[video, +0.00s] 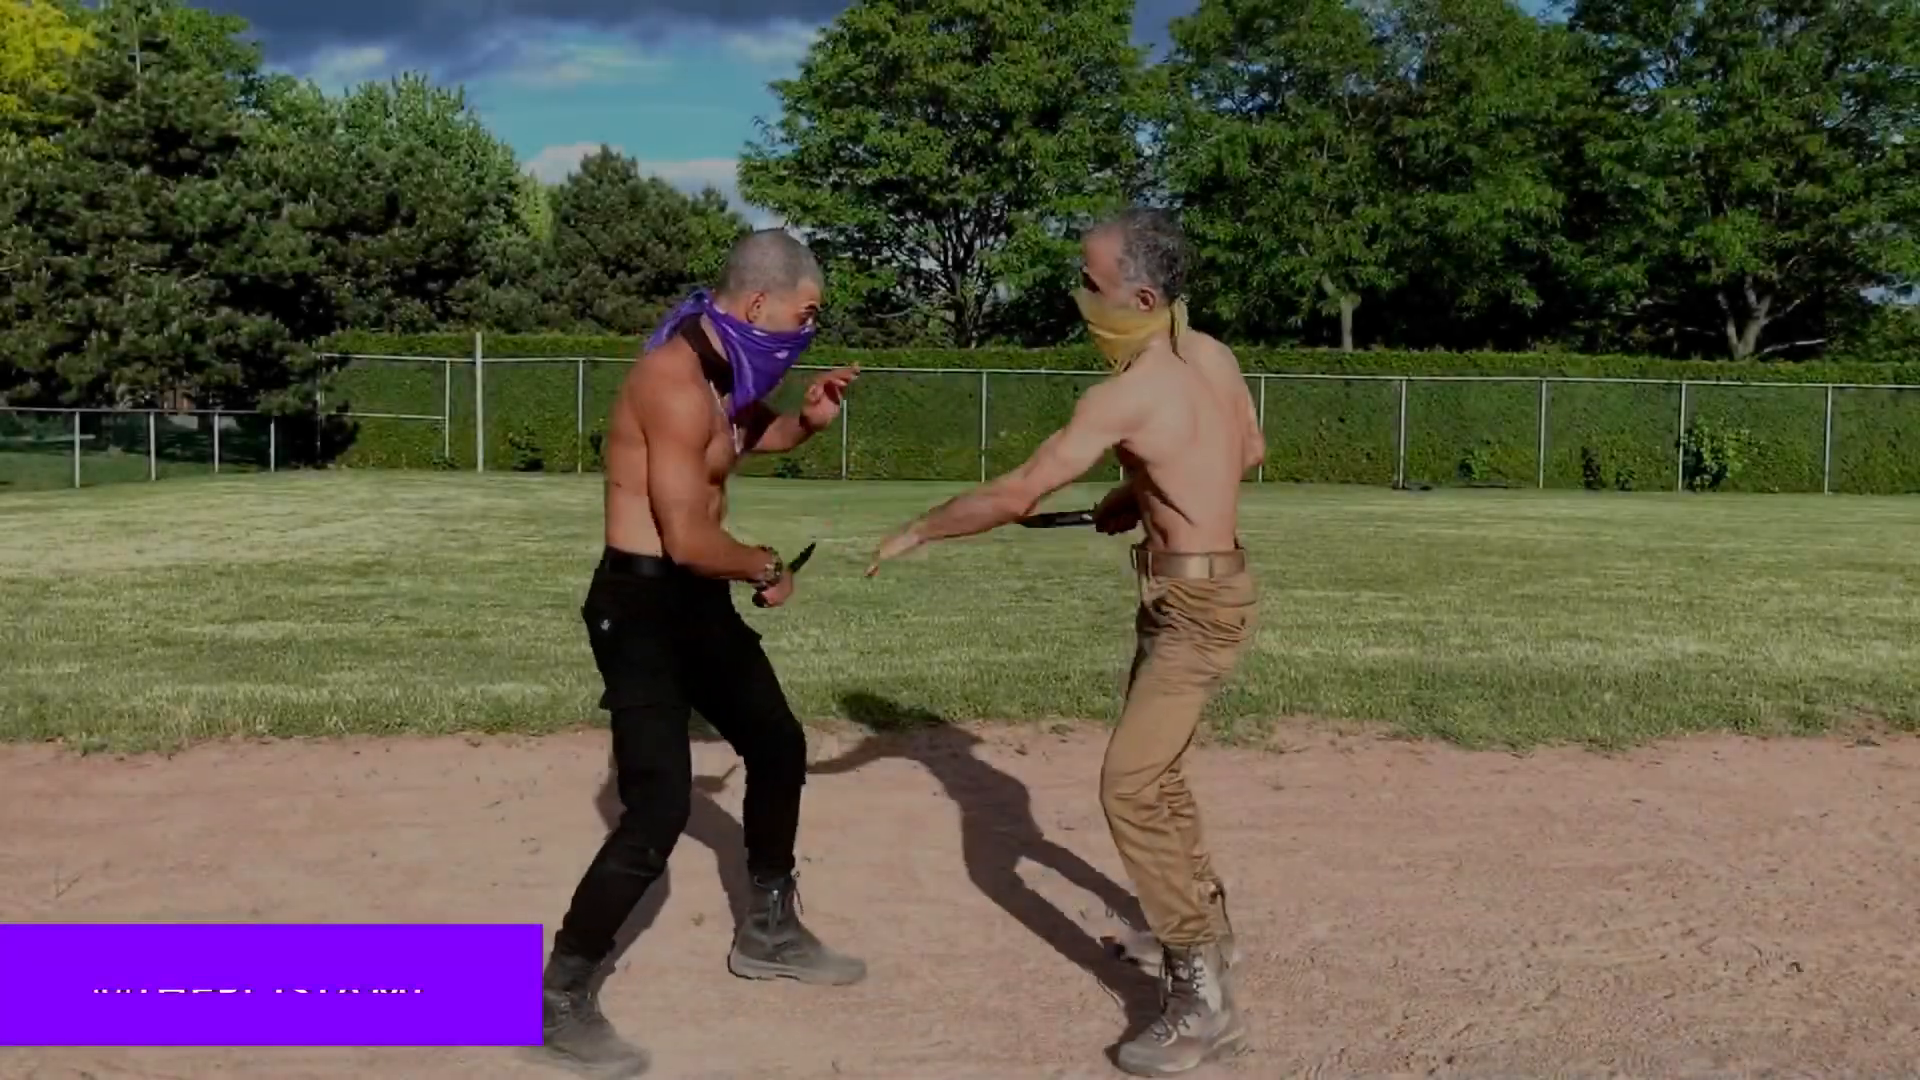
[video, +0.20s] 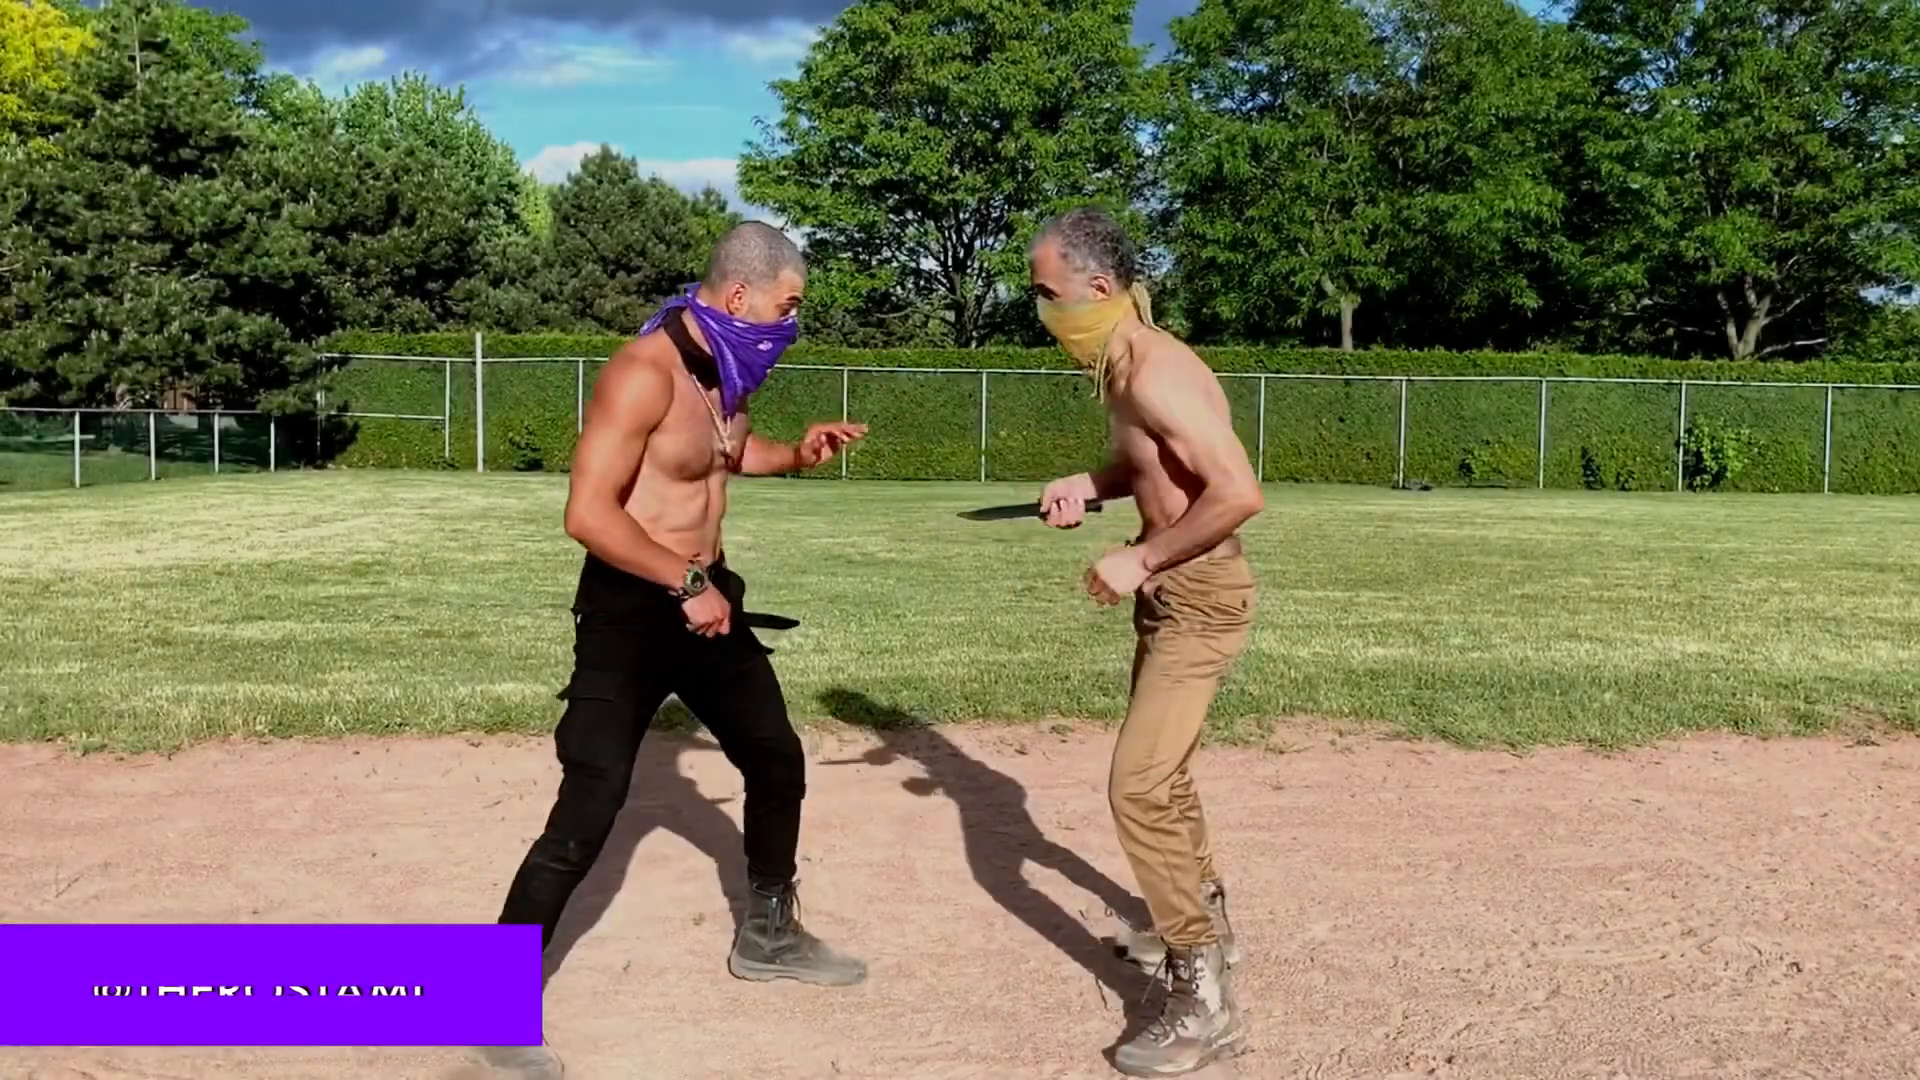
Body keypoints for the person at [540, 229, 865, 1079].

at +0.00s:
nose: (806, 333)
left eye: (810, 319)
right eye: (800, 316)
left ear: (752, 305)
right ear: (752, 304)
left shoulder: (724, 365)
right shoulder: (674, 377)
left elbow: (743, 446)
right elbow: (686, 541)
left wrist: (804, 419)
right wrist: (761, 561)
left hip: (699, 598)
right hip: (638, 603)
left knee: (779, 749)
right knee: (659, 805)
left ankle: (768, 930)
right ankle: (563, 995)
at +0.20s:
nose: (788, 325)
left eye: (793, 310)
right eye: (783, 307)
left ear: (741, 293)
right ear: (734, 293)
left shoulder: (723, 361)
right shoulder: (644, 370)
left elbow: (722, 450)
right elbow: (587, 513)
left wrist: (797, 454)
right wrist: (686, 582)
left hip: (702, 602)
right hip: (626, 607)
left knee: (777, 761)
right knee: (587, 810)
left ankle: (768, 931)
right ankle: (497, 1002)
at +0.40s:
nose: (763, 320)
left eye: (767, 304)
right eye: (755, 301)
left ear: (717, 295)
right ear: (705, 293)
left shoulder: (706, 364)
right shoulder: (612, 367)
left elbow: (725, 429)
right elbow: (525, 498)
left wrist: (802, 428)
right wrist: (602, 598)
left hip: (672, 600)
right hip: (590, 605)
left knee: (750, 753)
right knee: (581, 813)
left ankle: (753, 929)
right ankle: (496, 1000)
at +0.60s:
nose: (772, 334)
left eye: (778, 319)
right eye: (765, 316)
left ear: (734, 309)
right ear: (714, 304)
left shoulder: (714, 374)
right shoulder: (623, 367)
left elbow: (722, 463)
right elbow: (526, 477)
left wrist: (795, 459)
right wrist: (598, 582)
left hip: (665, 600)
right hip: (589, 598)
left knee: (740, 759)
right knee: (583, 812)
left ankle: (742, 935)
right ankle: (495, 1003)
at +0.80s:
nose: (775, 329)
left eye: (780, 314)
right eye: (771, 311)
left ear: (713, 294)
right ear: (725, 298)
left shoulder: (651, 345)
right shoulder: (678, 366)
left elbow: (666, 461)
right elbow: (790, 487)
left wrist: (740, 410)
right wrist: (900, 541)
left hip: (656, 605)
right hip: (591, 608)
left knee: (734, 756)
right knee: (589, 810)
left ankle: (742, 934)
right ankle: (496, 999)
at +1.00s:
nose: (763, 332)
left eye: (764, 319)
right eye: (756, 316)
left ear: (713, 309)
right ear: (707, 310)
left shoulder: (705, 370)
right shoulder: (623, 379)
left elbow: (785, 377)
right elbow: (623, 529)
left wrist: (860, 382)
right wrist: (700, 637)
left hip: (634, 609)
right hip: (561, 609)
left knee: (736, 761)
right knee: (552, 811)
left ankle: (744, 935)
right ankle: (463, 998)